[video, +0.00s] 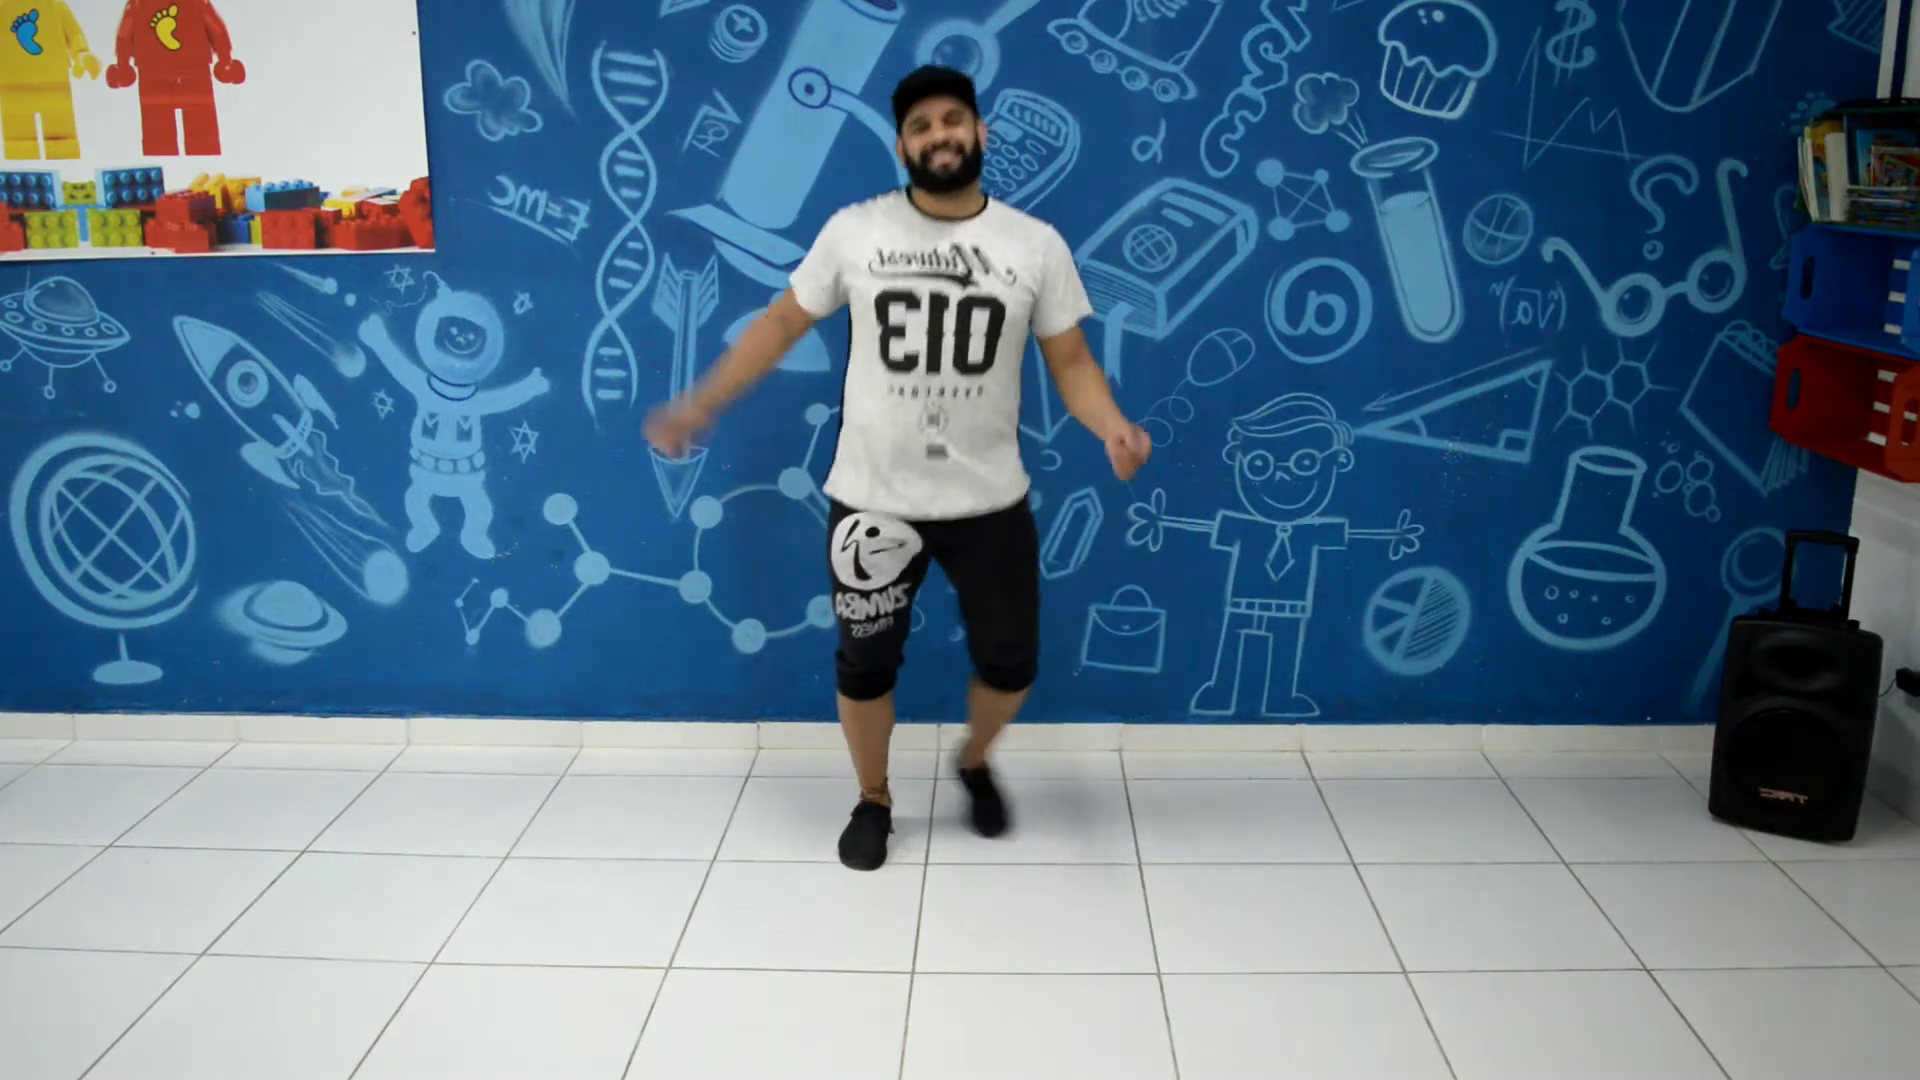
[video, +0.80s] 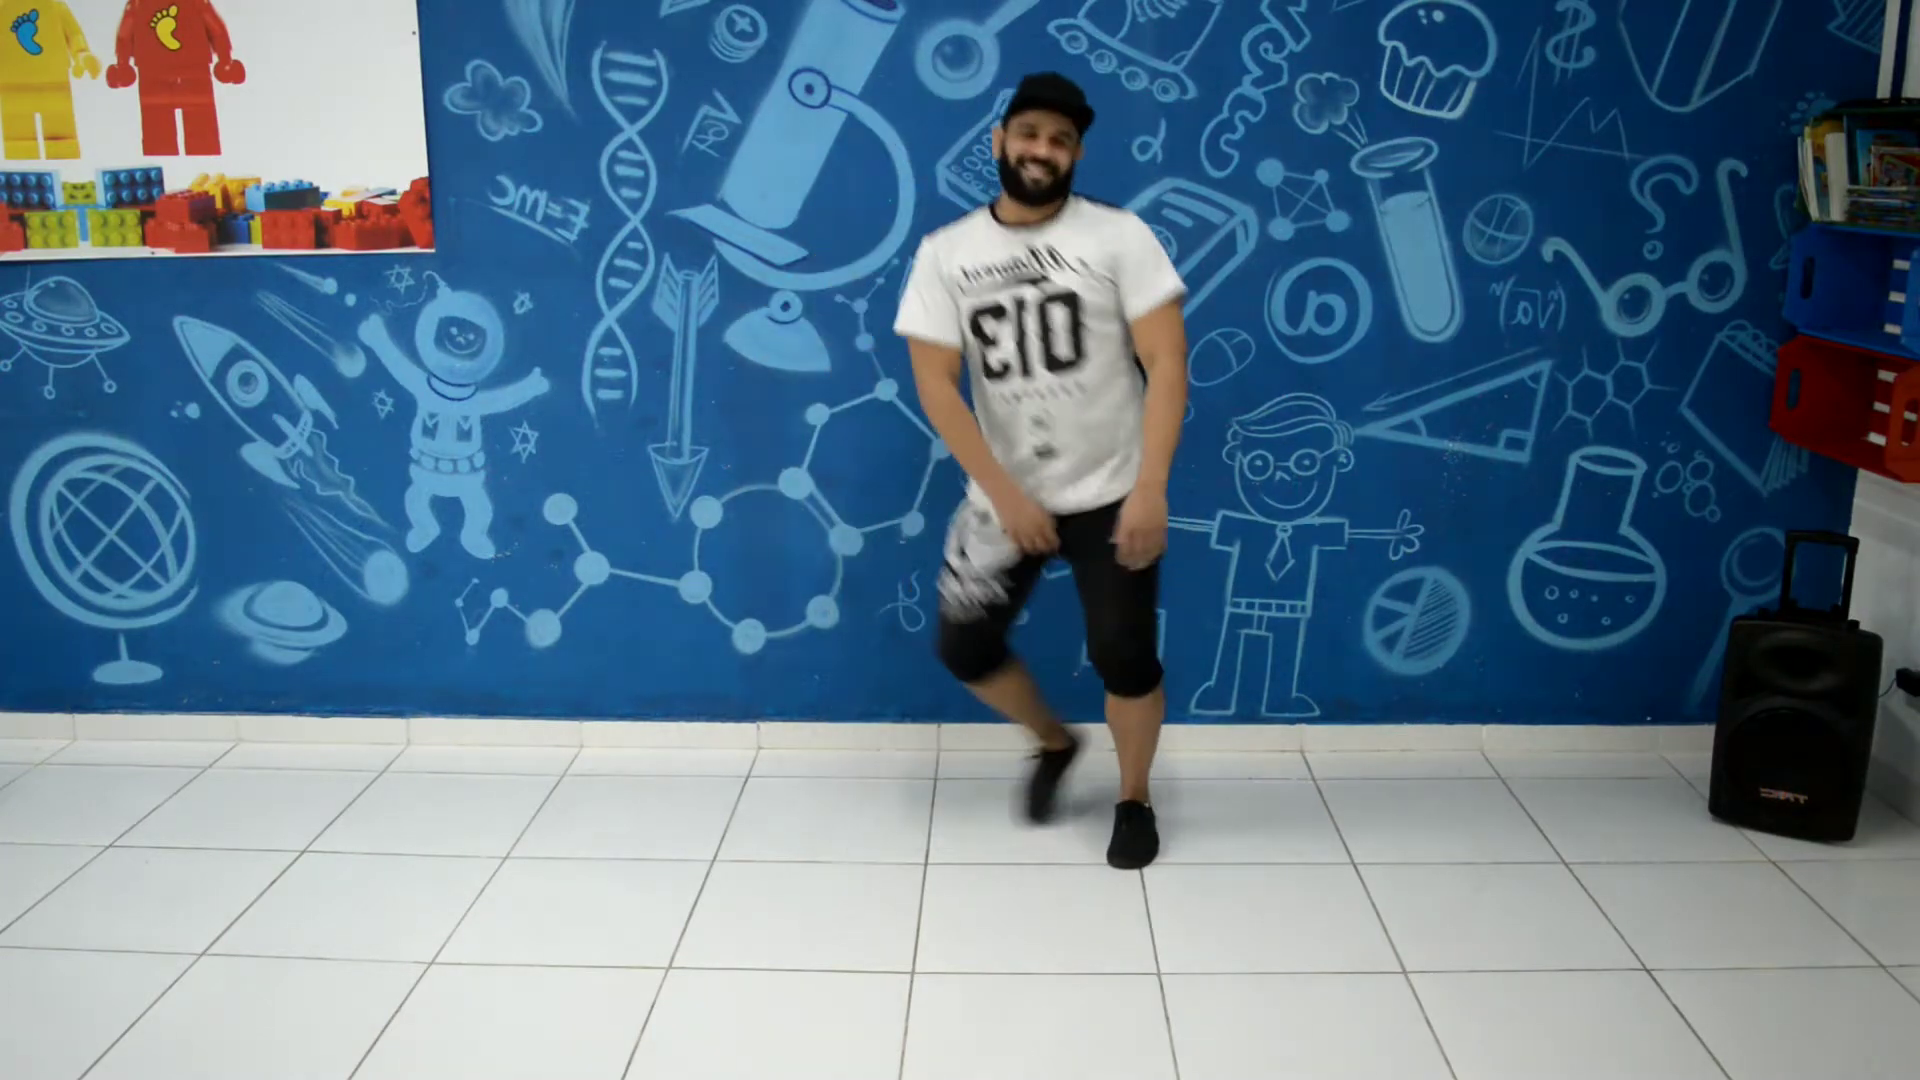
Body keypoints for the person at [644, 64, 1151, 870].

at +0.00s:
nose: (941, 135)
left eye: (954, 121)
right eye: (923, 126)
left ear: (981, 134)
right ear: (901, 148)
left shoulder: (1035, 248)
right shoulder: (854, 236)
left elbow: (1071, 360)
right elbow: (778, 325)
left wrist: (1113, 424)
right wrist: (700, 403)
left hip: (988, 494)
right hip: (875, 491)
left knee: (1010, 665)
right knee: (865, 664)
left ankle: (975, 763)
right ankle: (871, 800)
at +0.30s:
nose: (911, 148)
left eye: (925, 130)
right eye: (901, 136)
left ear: (971, 125)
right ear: (894, 141)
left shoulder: (1044, 230)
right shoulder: (880, 228)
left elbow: (1115, 349)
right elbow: (816, 306)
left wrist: (1106, 475)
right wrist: (739, 290)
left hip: (1006, 487)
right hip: (897, 481)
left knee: (1029, 660)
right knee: (878, 647)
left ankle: (1051, 752)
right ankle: (884, 800)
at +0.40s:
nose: (923, 172)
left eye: (937, 154)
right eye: (913, 158)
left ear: (983, 148)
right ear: (905, 163)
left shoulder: (1055, 253)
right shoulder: (905, 250)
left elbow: (1133, 365)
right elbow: (838, 343)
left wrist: (1116, 490)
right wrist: (807, 306)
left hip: (1017, 509)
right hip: (912, 501)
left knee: (1043, 671)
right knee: (870, 651)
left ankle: (1115, 793)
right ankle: (891, 806)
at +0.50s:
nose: (945, 187)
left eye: (961, 169)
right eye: (937, 173)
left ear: (1008, 166)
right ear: (931, 178)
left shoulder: (1072, 272)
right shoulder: (930, 277)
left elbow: (1148, 382)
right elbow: (877, 381)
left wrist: (1139, 500)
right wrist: (873, 335)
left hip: (1038, 516)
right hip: (940, 508)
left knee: (1067, 671)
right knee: (879, 643)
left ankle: (1142, 799)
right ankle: (890, 806)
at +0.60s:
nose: (970, 168)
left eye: (989, 152)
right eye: (961, 154)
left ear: (1034, 156)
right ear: (950, 164)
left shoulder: (1086, 253)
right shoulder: (940, 262)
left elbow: (1146, 372)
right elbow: (895, 371)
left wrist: (1150, 497)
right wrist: (927, 367)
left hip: (1061, 503)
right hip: (960, 496)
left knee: (1085, 662)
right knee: (907, 642)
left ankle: (1142, 800)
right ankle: (893, 804)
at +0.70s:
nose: (1023, 140)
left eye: (1041, 129)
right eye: (1009, 124)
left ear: (1063, 141)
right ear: (983, 131)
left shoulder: (1103, 227)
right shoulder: (940, 240)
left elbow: (1152, 356)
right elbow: (921, 365)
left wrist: (1154, 480)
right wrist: (984, 442)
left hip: (1092, 485)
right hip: (988, 479)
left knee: (1112, 648)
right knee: (933, 624)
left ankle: (1139, 799)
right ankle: (958, 784)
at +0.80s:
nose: (1041, 151)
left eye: (1059, 140)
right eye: (1027, 135)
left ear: (1078, 155)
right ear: (1000, 141)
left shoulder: (1122, 239)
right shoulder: (946, 254)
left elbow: (1167, 365)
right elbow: (933, 386)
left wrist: (1150, 488)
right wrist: (1004, 494)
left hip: (1111, 490)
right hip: (1006, 494)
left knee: (1125, 655)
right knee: (966, 648)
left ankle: (1134, 798)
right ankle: (1054, 739)